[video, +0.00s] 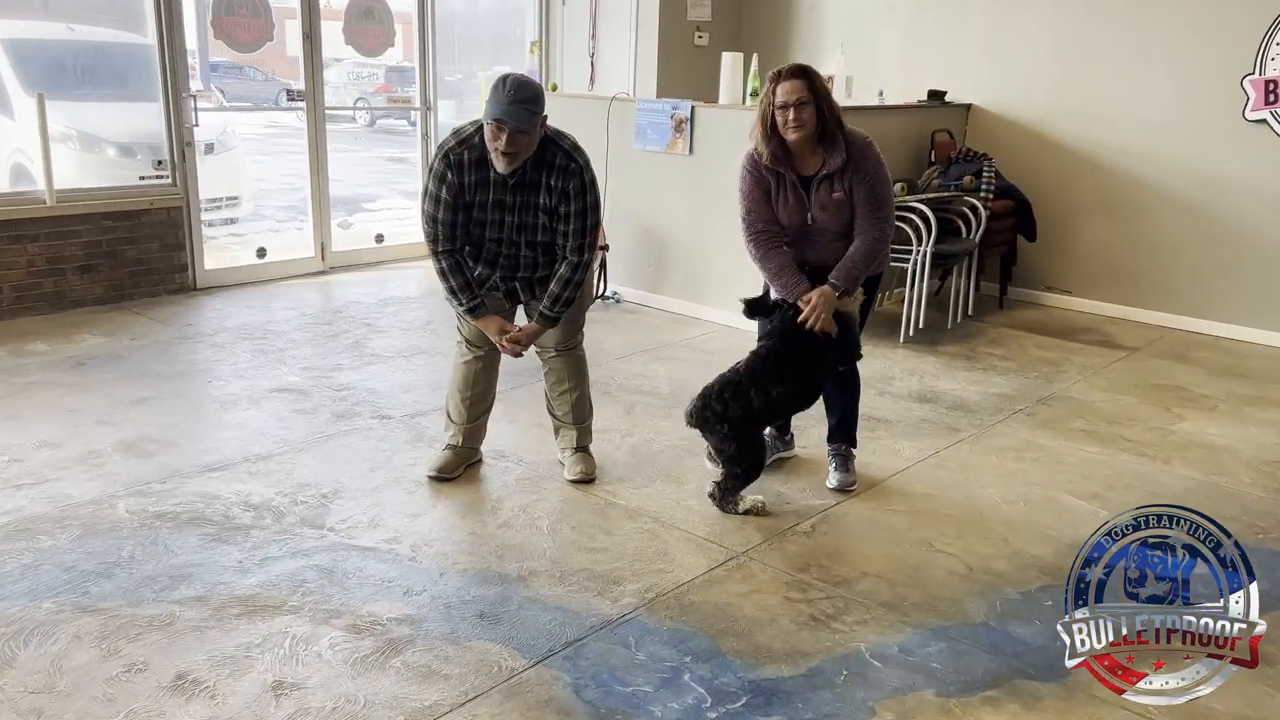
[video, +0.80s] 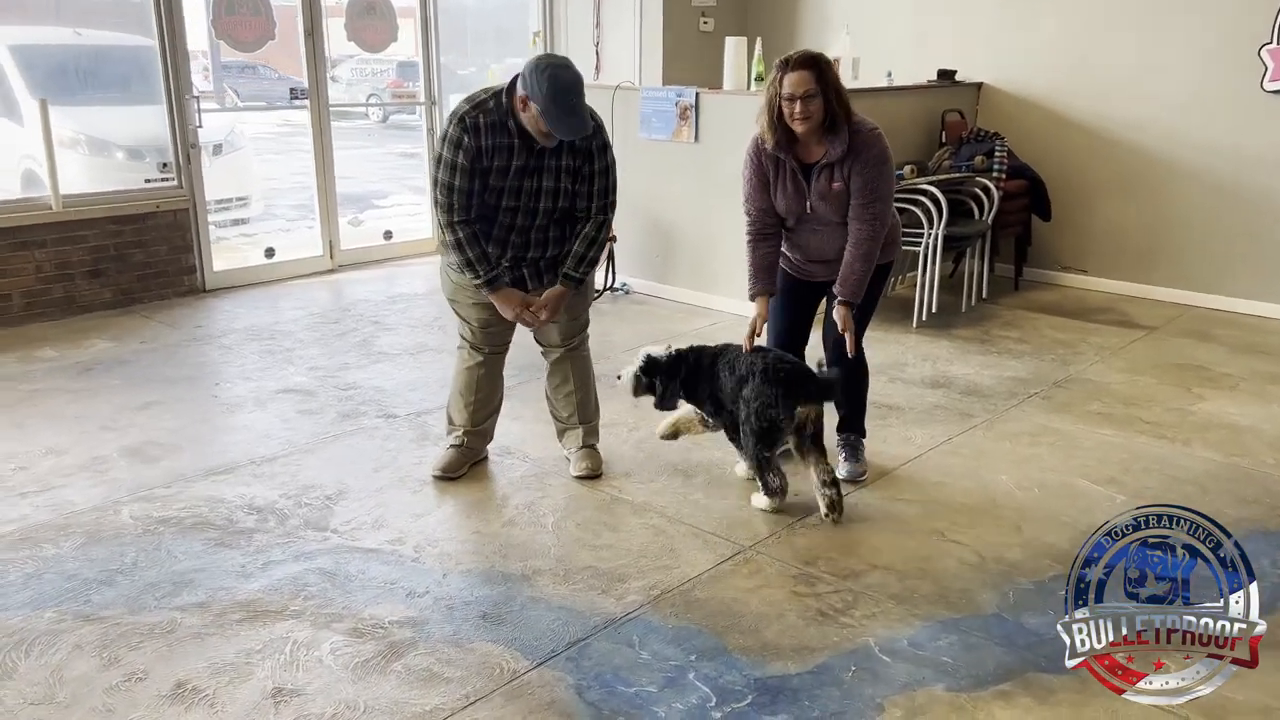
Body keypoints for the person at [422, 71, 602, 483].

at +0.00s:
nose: (505, 141)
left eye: (519, 132)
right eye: (497, 127)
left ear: (541, 127)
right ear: (485, 118)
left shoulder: (569, 165)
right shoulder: (455, 157)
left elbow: (577, 255)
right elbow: (442, 246)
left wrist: (541, 322)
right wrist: (481, 313)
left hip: (553, 269)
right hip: (485, 266)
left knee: (561, 349)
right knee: (473, 348)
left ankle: (574, 447)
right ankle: (462, 444)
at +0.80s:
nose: (556, 135)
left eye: (564, 127)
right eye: (549, 125)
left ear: (577, 105)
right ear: (523, 101)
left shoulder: (587, 132)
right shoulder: (470, 125)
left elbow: (599, 215)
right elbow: (453, 219)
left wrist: (564, 284)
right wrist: (495, 288)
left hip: (558, 264)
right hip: (485, 262)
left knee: (568, 349)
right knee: (478, 350)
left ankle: (581, 442)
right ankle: (466, 441)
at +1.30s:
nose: (595, 205)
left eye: (605, 198)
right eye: (588, 195)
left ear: (626, 167)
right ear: (569, 168)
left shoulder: (637, 165)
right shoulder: (521, 172)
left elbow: (655, 224)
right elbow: (514, 264)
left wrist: (673, 287)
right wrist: (554, 335)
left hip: (588, 251)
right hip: (514, 251)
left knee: (601, 338)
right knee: (512, 337)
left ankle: (611, 438)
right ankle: (499, 439)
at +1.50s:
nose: (602, 247)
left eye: (611, 243)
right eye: (594, 238)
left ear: (628, 201)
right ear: (569, 202)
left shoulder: (644, 186)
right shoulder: (527, 205)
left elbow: (662, 244)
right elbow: (521, 292)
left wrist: (652, 312)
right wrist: (575, 341)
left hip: (603, 245)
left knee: (610, 335)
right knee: (522, 335)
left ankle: (617, 441)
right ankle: (506, 443)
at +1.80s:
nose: (579, 281)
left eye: (589, 275)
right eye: (570, 273)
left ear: (608, 230)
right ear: (551, 228)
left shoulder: (633, 217)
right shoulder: (516, 217)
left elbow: (640, 302)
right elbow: (496, 288)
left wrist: (626, 374)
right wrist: (553, 331)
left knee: (609, 337)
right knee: (518, 339)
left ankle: (619, 446)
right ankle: (507, 446)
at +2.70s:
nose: (523, 273)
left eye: (532, 259)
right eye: (512, 267)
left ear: (547, 221)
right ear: (487, 224)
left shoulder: (586, 210)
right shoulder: (463, 219)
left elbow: (613, 292)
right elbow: (462, 290)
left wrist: (594, 365)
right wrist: (524, 328)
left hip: (570, 259)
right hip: (498, 267)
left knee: (579, 346)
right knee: (491, 346)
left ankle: (589, 447)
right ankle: (476, 447)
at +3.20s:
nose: (498, 232)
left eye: (507, 224)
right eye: (488, 223)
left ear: (531, 196)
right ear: (475, 181)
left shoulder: (569, 199)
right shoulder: (444, 175)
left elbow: (587, 286)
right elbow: (393, 219)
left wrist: (530, 327)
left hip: (543, 280)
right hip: (469, 274)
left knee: (556, 362)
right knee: (466, 356)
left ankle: (570, 444)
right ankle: (457, 447)